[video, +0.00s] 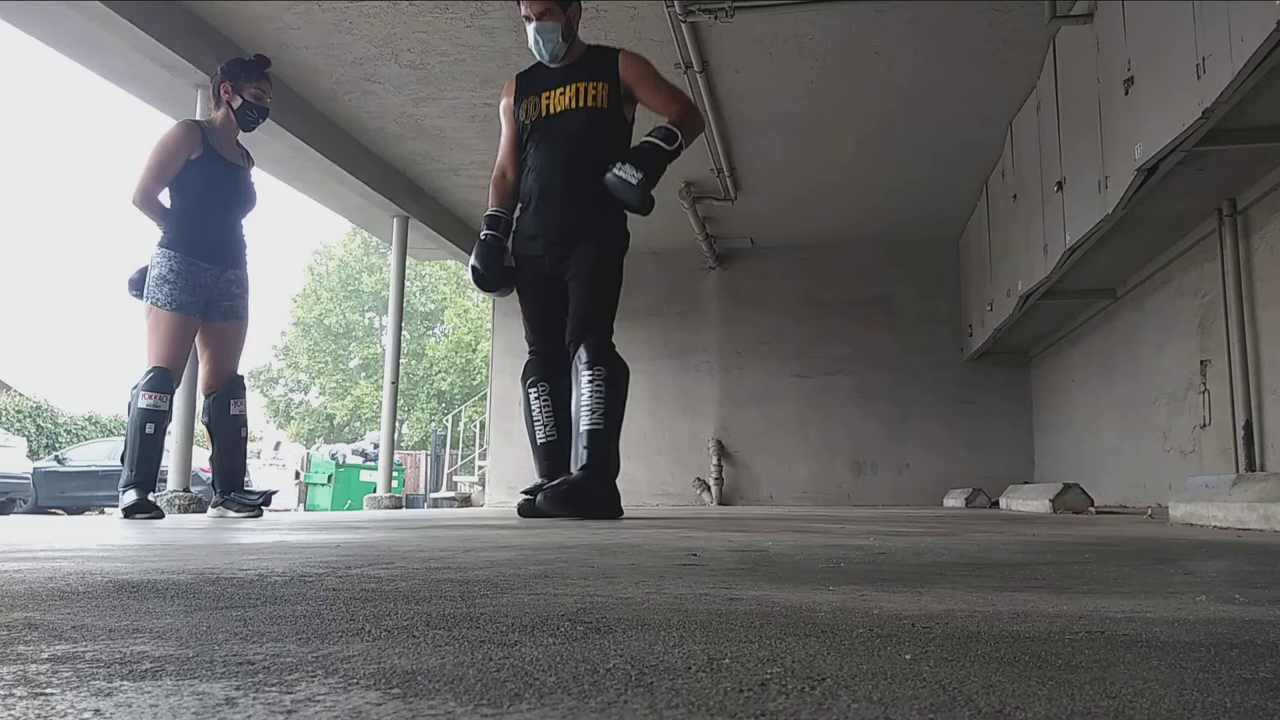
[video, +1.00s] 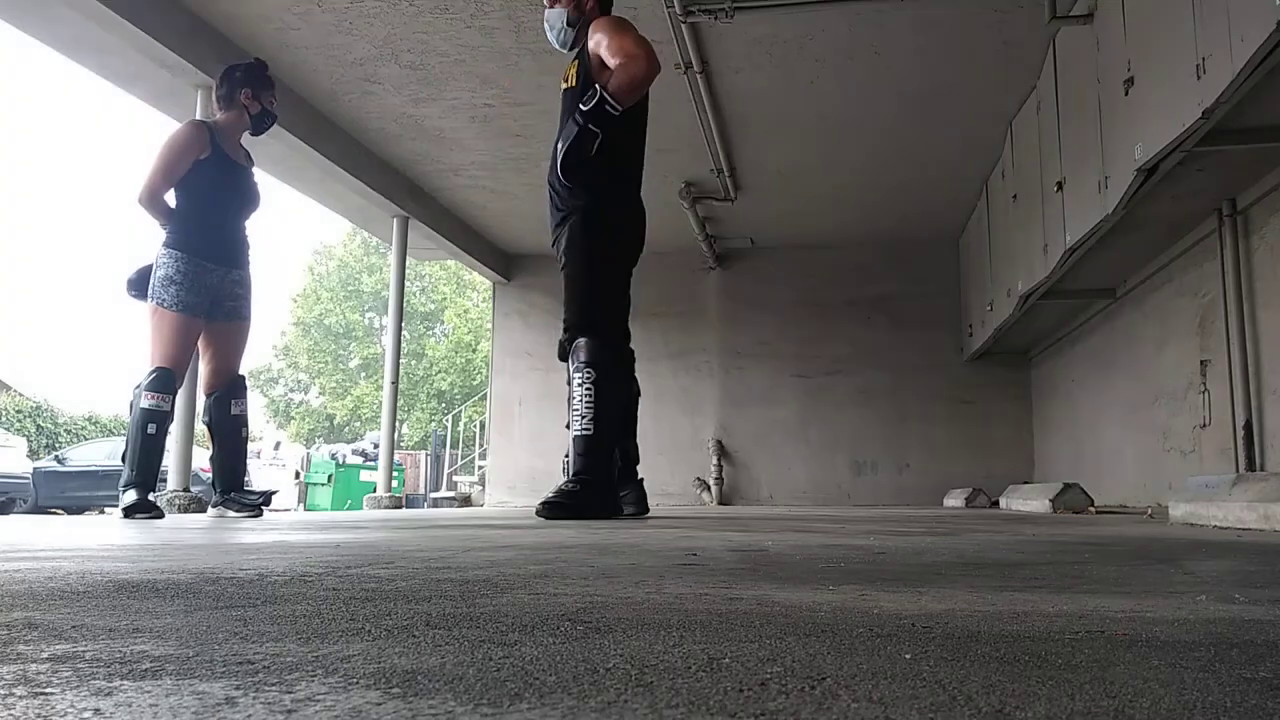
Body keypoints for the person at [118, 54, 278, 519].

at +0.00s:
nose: (261, 108)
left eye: (266, 101)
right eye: (255, 97)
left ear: (262, 103)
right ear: (226, 91)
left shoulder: (244, 157)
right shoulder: (188, 132)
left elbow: (227, 217)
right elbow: (143, 195)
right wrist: (178, 230)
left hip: (230, 272)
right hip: (181, 263)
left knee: (223, 382)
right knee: (162, 375)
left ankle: (228, 489)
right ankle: (138, 489)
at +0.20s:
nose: (265, 109)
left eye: (268, 102)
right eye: (261, 99)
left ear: (243, 98)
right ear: (235, 92)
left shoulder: (244, 156)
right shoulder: (190, 131)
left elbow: (225, 217)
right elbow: (143, 194)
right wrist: (176, 228)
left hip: (230, 272)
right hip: (181, 262)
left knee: (223, 381)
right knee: (162, 375)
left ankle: (228, 489)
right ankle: (138, 489)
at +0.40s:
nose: (270, 111)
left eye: (271, 103)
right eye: (267, 101)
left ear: (238, 99)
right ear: (242, 96)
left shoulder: (242, 154)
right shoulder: (192, 130)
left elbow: (226, 216)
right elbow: (145, 193)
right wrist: (176, 227)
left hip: (230, 271)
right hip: (182, 262)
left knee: (222, 381)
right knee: (162, 375)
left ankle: (228, 488)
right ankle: (137, 489)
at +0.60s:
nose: (270, 110)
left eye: (272, 103)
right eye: (267, 100)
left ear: (240, 99)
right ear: (243, 96)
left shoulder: (241, 154)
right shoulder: (193, 131)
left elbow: (226, 215)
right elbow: (146, 194)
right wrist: (178, 227)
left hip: (232, 271)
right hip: (184, 262)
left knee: (223, 382)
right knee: (164, 375)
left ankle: (228, 488)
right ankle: (137, 489)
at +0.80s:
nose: (271, 111)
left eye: (272, 103)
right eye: (268, 101)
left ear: (242, 99)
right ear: (245, 96)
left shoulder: (242, 154)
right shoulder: (194, 131)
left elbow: (229, 216)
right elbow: (148, 194)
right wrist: (179, 228)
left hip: (233, 271)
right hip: (185, 262)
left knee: (223, 382)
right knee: (164, 375)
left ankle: (228, 489)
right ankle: (138, 489)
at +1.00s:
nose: (272, 112)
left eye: (273, 104)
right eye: (269, 102)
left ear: (242, 100)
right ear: (246, 97)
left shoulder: (243, 155)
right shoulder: (196, 132)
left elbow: (229, 215)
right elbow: (149, 195)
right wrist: (179, 227)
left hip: (234, 271)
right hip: (186, 262)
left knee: (224, 381)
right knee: (165, 374)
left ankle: (228, 488)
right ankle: (138, 489)